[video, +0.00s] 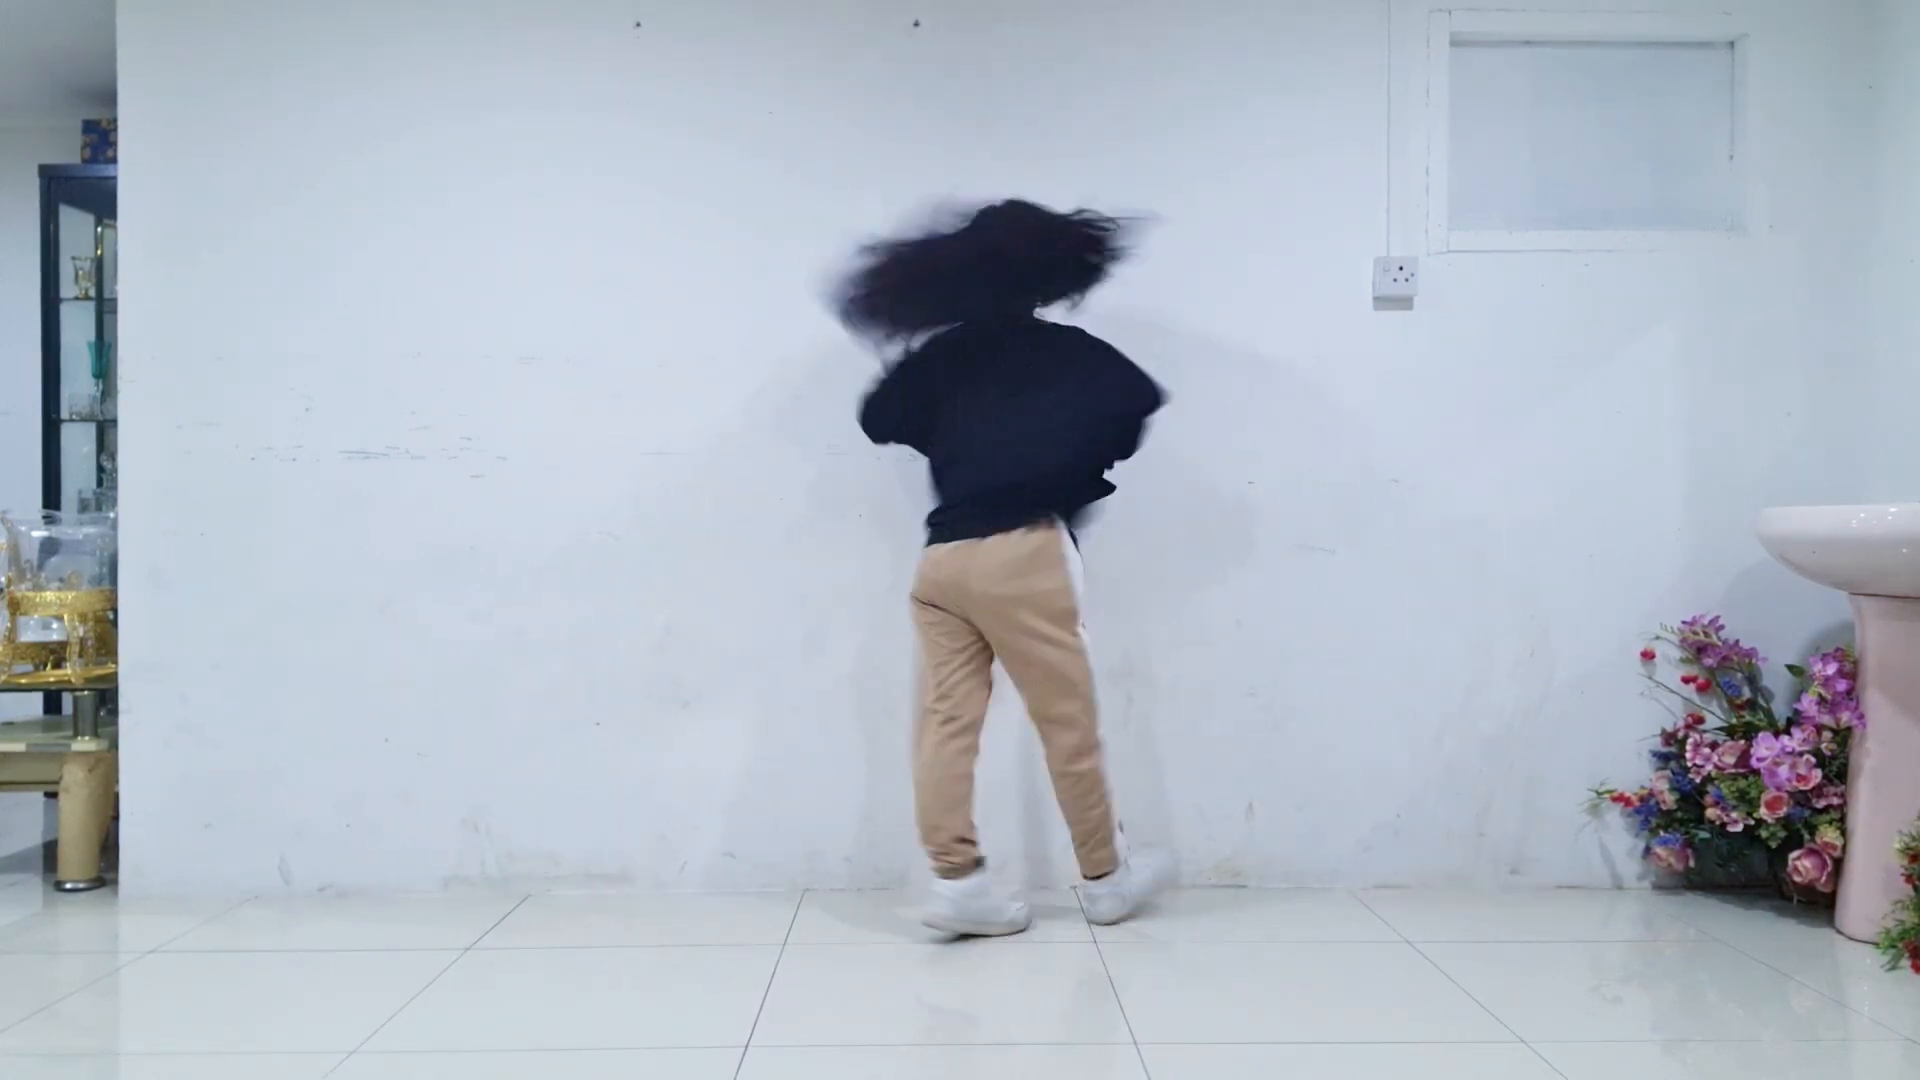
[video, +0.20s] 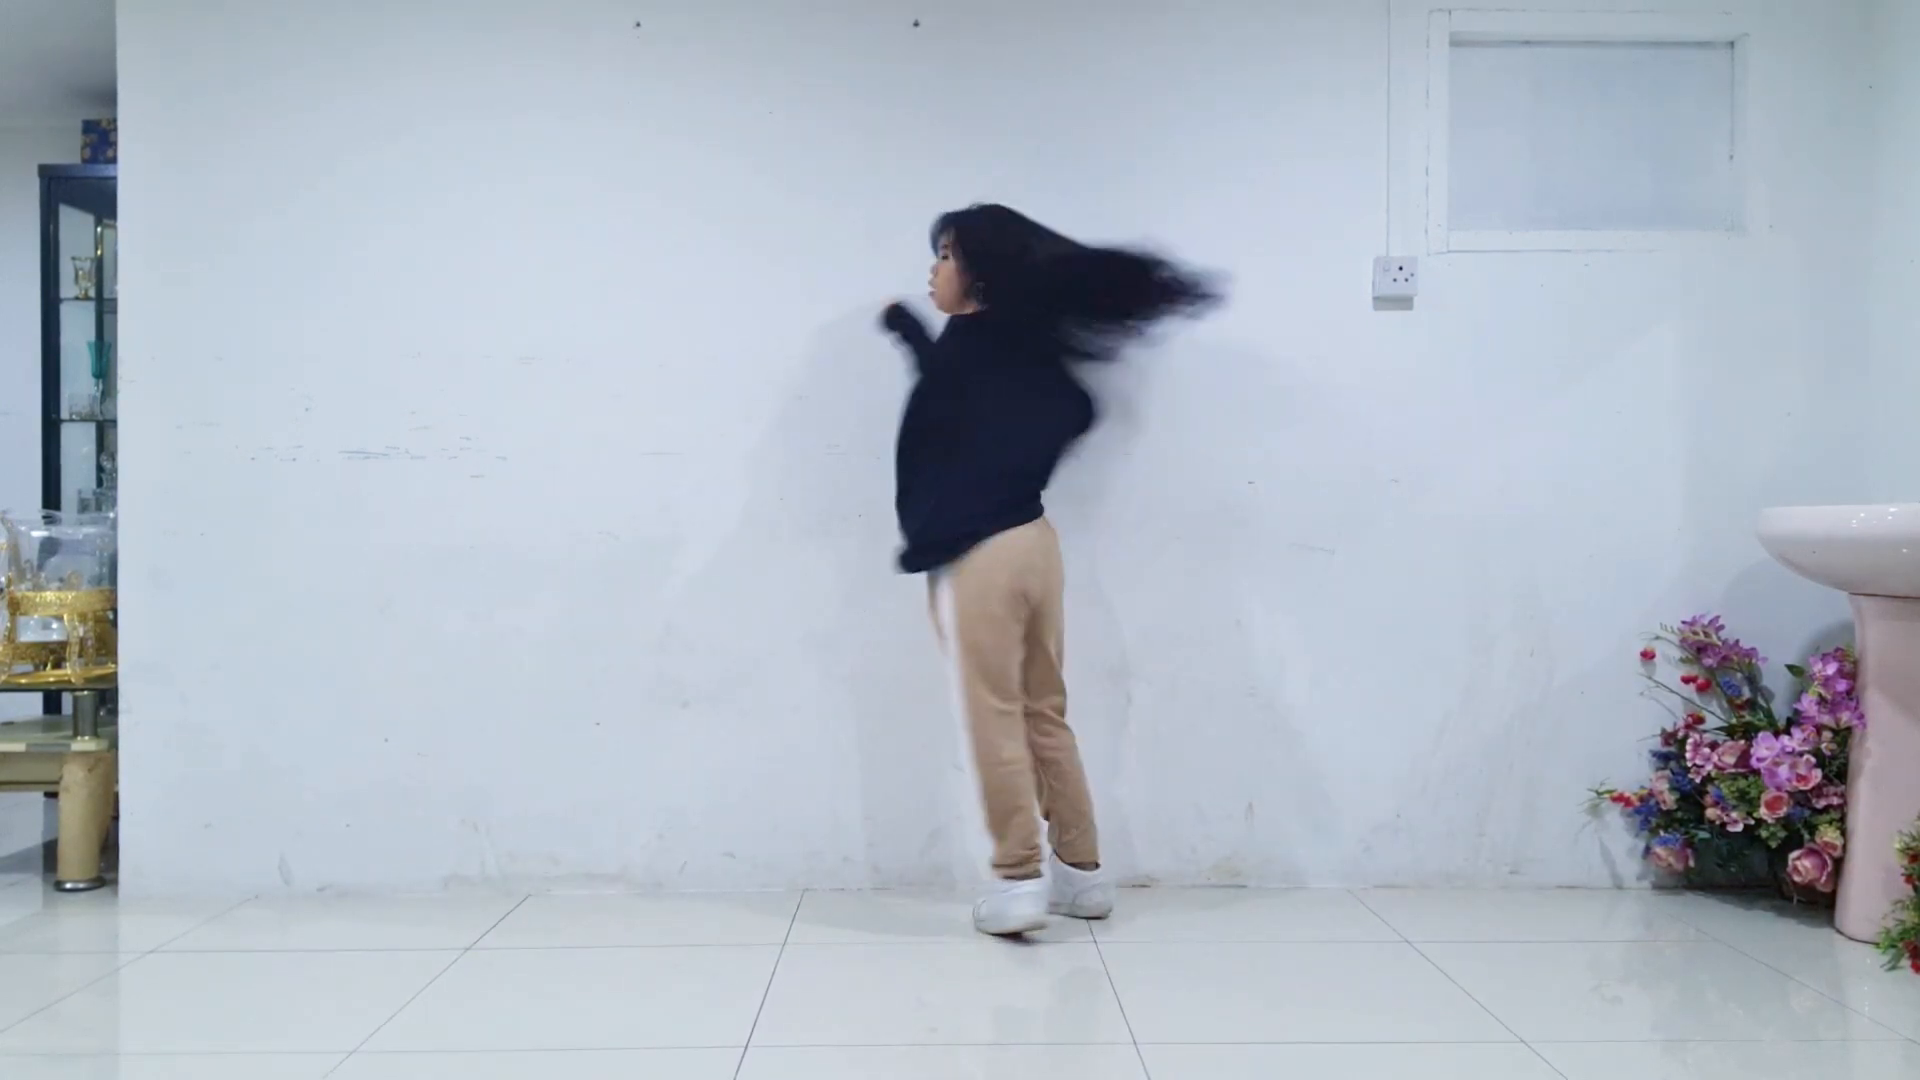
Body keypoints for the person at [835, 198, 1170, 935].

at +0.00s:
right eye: (1035, 278)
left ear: (963, 287)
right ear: (1035, 283)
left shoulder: (939, 362)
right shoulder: (1067, 350)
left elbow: (878, 417)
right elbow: (1135, 405)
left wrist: (949, 414)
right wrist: (1086, 460)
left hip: (941, 562)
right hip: (1025, 558)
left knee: (947, 723)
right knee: (1066, 720)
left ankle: (956, 884)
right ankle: (1103, 877)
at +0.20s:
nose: (932, 269)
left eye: (944, 257)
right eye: (937, 255)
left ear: (978, 275)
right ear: (1000, 279)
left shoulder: (965, 347)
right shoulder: (1032, 350)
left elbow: (950, 387)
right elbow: (1076, 410)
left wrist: (910, 336)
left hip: (980, 561)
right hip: (1035, 545)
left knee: (995, 718)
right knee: (1046, 713)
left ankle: (1019, 883)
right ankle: (1080, 875)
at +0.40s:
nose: (933, 260)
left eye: (954, 249)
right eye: (928, 248)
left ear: (988, 268)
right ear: (916, 263)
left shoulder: (1012, 331)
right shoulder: (929, 353)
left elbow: (1065, 382)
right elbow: (939, 426)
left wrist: (1023, 298)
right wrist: (888, 417)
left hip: (1021, 551)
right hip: (960, 556)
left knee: (1025, 704)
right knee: (996, 710)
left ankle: (1046, 862)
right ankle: (1057, 842)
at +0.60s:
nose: (958, 266)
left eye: (975, 254)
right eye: (945, 254)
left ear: (999, 271)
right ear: (927, 271)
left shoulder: (1034, 353)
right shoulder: (909, 363)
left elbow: (1115, 381)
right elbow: (901, 461)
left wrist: (1122, 308)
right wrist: (872, 421)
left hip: (1019, 560)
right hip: (940, 557)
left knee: (1020, 715)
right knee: (932, 721)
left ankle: (1030, 864)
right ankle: (1003, 820)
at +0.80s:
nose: (959, 286)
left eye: (974, 271)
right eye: (945, 274)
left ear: (997, 283)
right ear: (926, 287)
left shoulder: (1032, 375)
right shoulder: (907, 372)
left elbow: (1114, 398)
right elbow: (865, 403)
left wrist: (1171, 359)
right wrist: (865, 423)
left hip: (1010, 578)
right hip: (926, 571)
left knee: (1008, 727)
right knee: (890, 728)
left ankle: (1026, 866)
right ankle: (893, 862)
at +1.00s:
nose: (934, 303)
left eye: (948, 286)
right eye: (920, 290)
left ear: (974, 289)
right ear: (904, 298)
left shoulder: (1005, 372)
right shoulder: (886, 370)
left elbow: (1028, 473)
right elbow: (858, 458)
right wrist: (864, 506)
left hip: (1003, 591)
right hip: (911, 593)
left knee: (1030, 716)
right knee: (886, 732)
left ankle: (1022, 847)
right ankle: (891, 862)